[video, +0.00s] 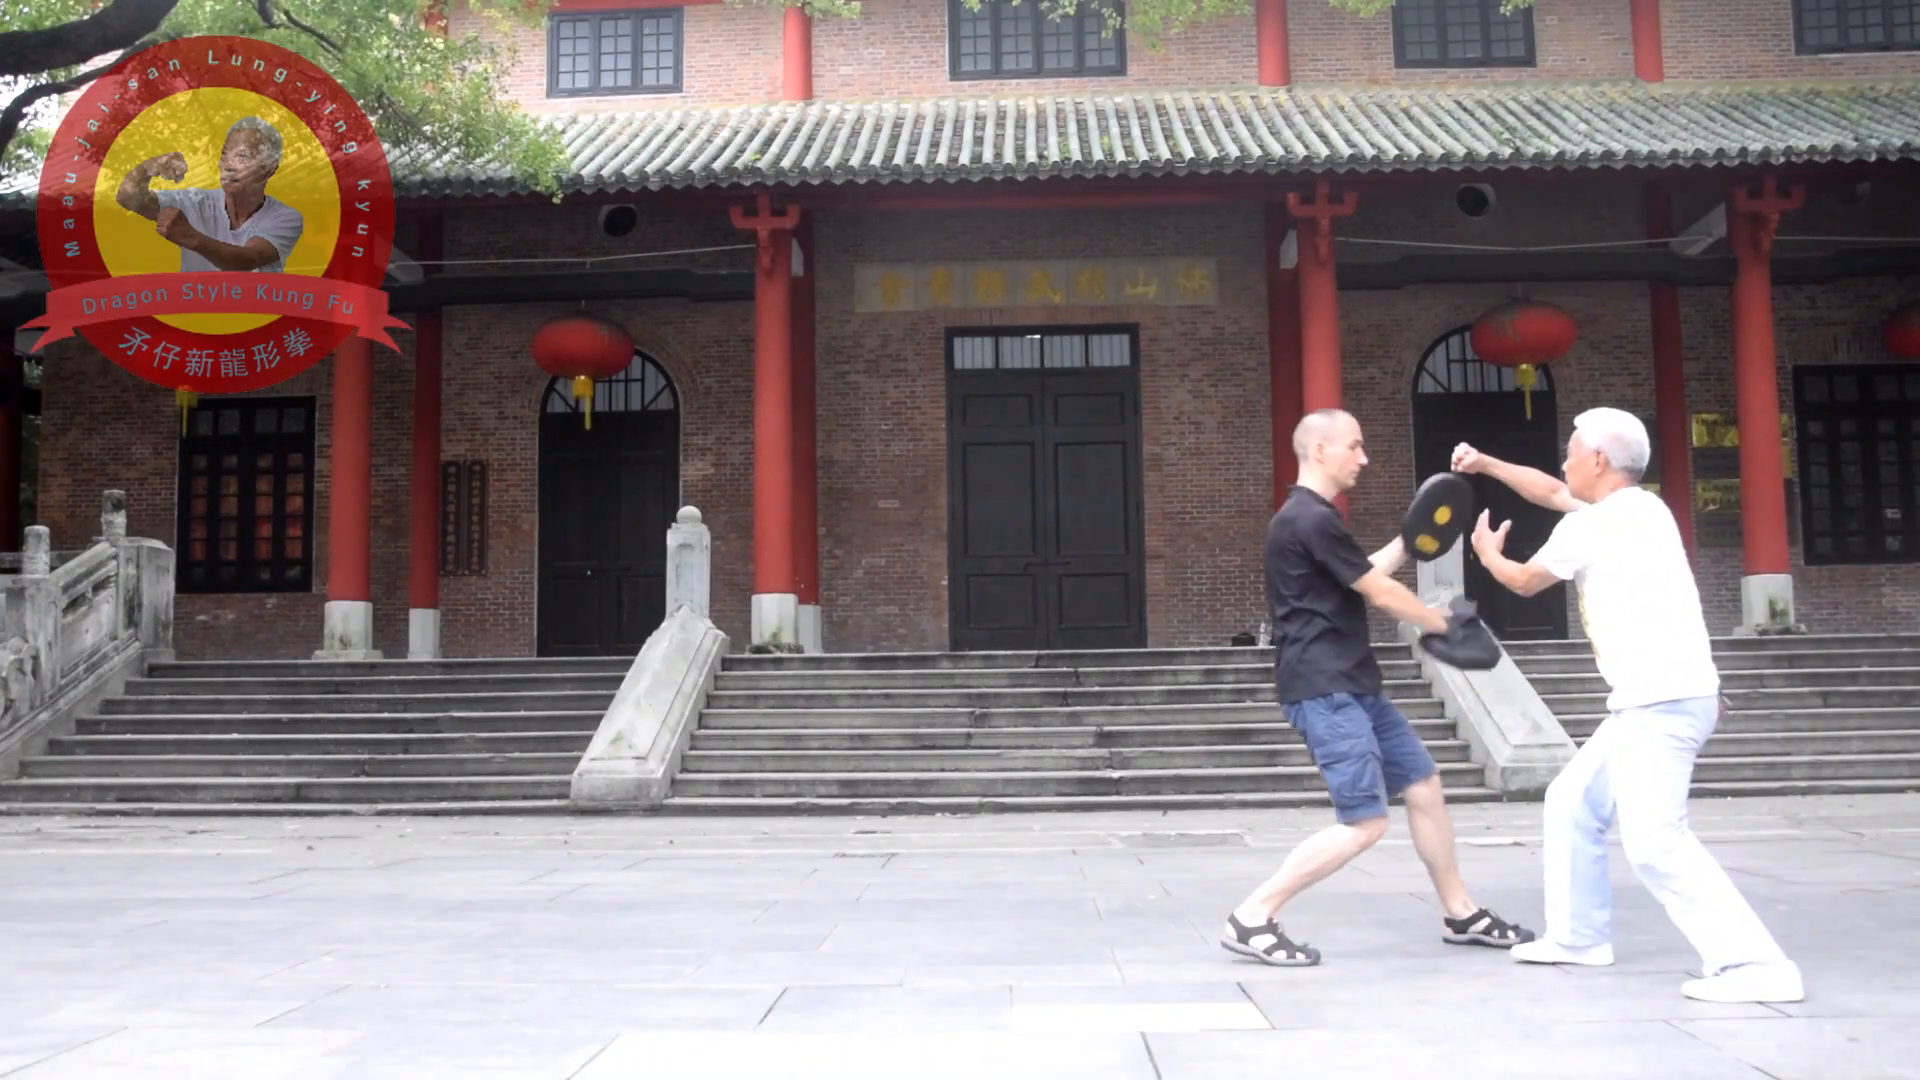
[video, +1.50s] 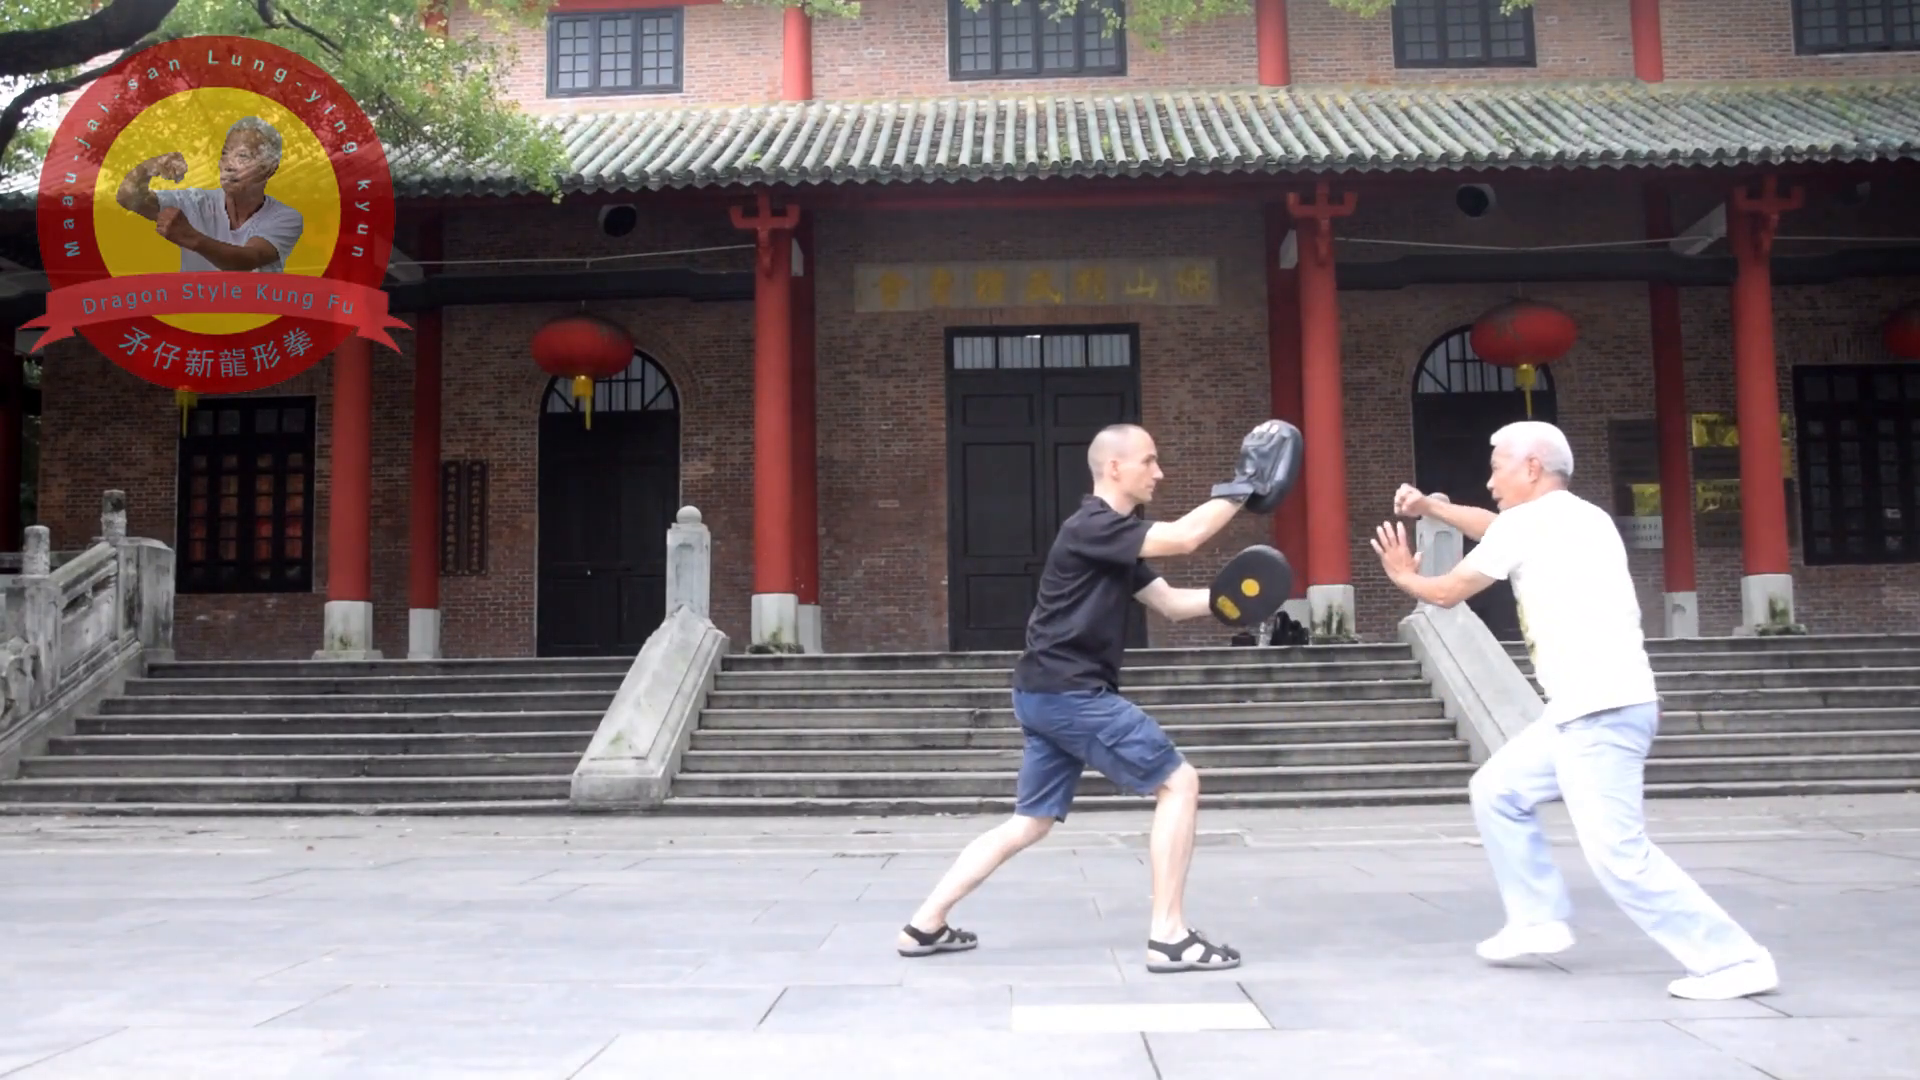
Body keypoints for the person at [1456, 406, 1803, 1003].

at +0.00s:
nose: (1566, 458)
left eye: (1573, 448)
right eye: (1570, 447)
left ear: (1599, 459)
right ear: (1617, 462)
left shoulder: (1591, 522)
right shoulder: (1646, 508)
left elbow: (1524, 581)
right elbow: (1556, 492)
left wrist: (1486, 552)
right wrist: (1487, 464)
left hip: (1657, 702)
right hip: (1670, 697)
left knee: (1654, 840)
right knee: (1569, 802)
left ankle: (1757, 966)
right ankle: (1578, 938)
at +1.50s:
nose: (1491, 480)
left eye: (1497, 467)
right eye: (1492, 467)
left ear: (1532, 468)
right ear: (1545, 471)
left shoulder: (1523, 524)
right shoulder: (1591, 518)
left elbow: (1451, 591)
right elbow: (1496, 526)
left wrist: (1404, 576)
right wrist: (1429, 505)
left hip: (1595, 709)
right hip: (1609, 703)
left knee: (1620, 853)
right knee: (1495, 791)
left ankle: (1735, 960)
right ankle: (1538, 924)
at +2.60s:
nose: (1326, 474)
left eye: (1338, 465)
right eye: (1325, 465)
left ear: (1376, 476)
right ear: (1327, 471)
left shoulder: (1411, 536)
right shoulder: (1315, 528)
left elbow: (1366, 608)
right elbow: (1246, 540)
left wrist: (1282, 596)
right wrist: (1204, 489)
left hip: (1400, 706)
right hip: (1326, 700)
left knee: (1420, 831)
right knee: (1300, 811)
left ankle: (1417, 919)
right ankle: (1271, 938)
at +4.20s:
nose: (1017, 483)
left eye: (1021, 473)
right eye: (1021, 473)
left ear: (1042, 482)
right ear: (1069, 483)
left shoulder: (1043, 542)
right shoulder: (1097, 517)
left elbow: (989, 606)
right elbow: (1016, 505)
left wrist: (958, 598)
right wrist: (952, 477)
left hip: (1129, 706)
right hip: (1129, 703)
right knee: (1042, 807)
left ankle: (1224, 913)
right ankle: (1055, 941)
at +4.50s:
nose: (990, 472)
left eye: (995, 463)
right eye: (993, 463)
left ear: (1014, 471)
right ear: (1053, 473)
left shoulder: (1000, 526)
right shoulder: (1085, 511)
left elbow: (957, 596)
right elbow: (1012, 499)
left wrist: (946, 570)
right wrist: (950, 476)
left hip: (1057, 698)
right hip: (1127, 698)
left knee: (1031, 839)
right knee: (1035, 823)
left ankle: (1079, 978)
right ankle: (1032, 950)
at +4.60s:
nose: (985, 472)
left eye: (989, 463)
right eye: (987, 462)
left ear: (1009, 470)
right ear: (1048, 471)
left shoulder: (996, 525)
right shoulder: (1082, 510)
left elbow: (951, 596)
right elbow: (1009, 499)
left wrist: (940, 556)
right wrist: (951, 478)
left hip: (1047, 697)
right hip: (1119, 696)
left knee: (1030, 841)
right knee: (1035, 823)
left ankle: (1079, 980)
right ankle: (1035, 952)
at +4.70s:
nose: (983, 468)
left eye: (987, 459)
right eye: (985, 459)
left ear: (1007, 466)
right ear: (1046, 469)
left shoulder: (993, 521)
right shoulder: (1080, 511)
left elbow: (946, 593)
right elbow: (1009, 501)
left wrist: (938, 558)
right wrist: (948, 479)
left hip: (1042, 698)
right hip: (1112, 696)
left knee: (1025, 843)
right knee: (1034, 825)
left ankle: (1079, 980)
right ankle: (1039, 950)